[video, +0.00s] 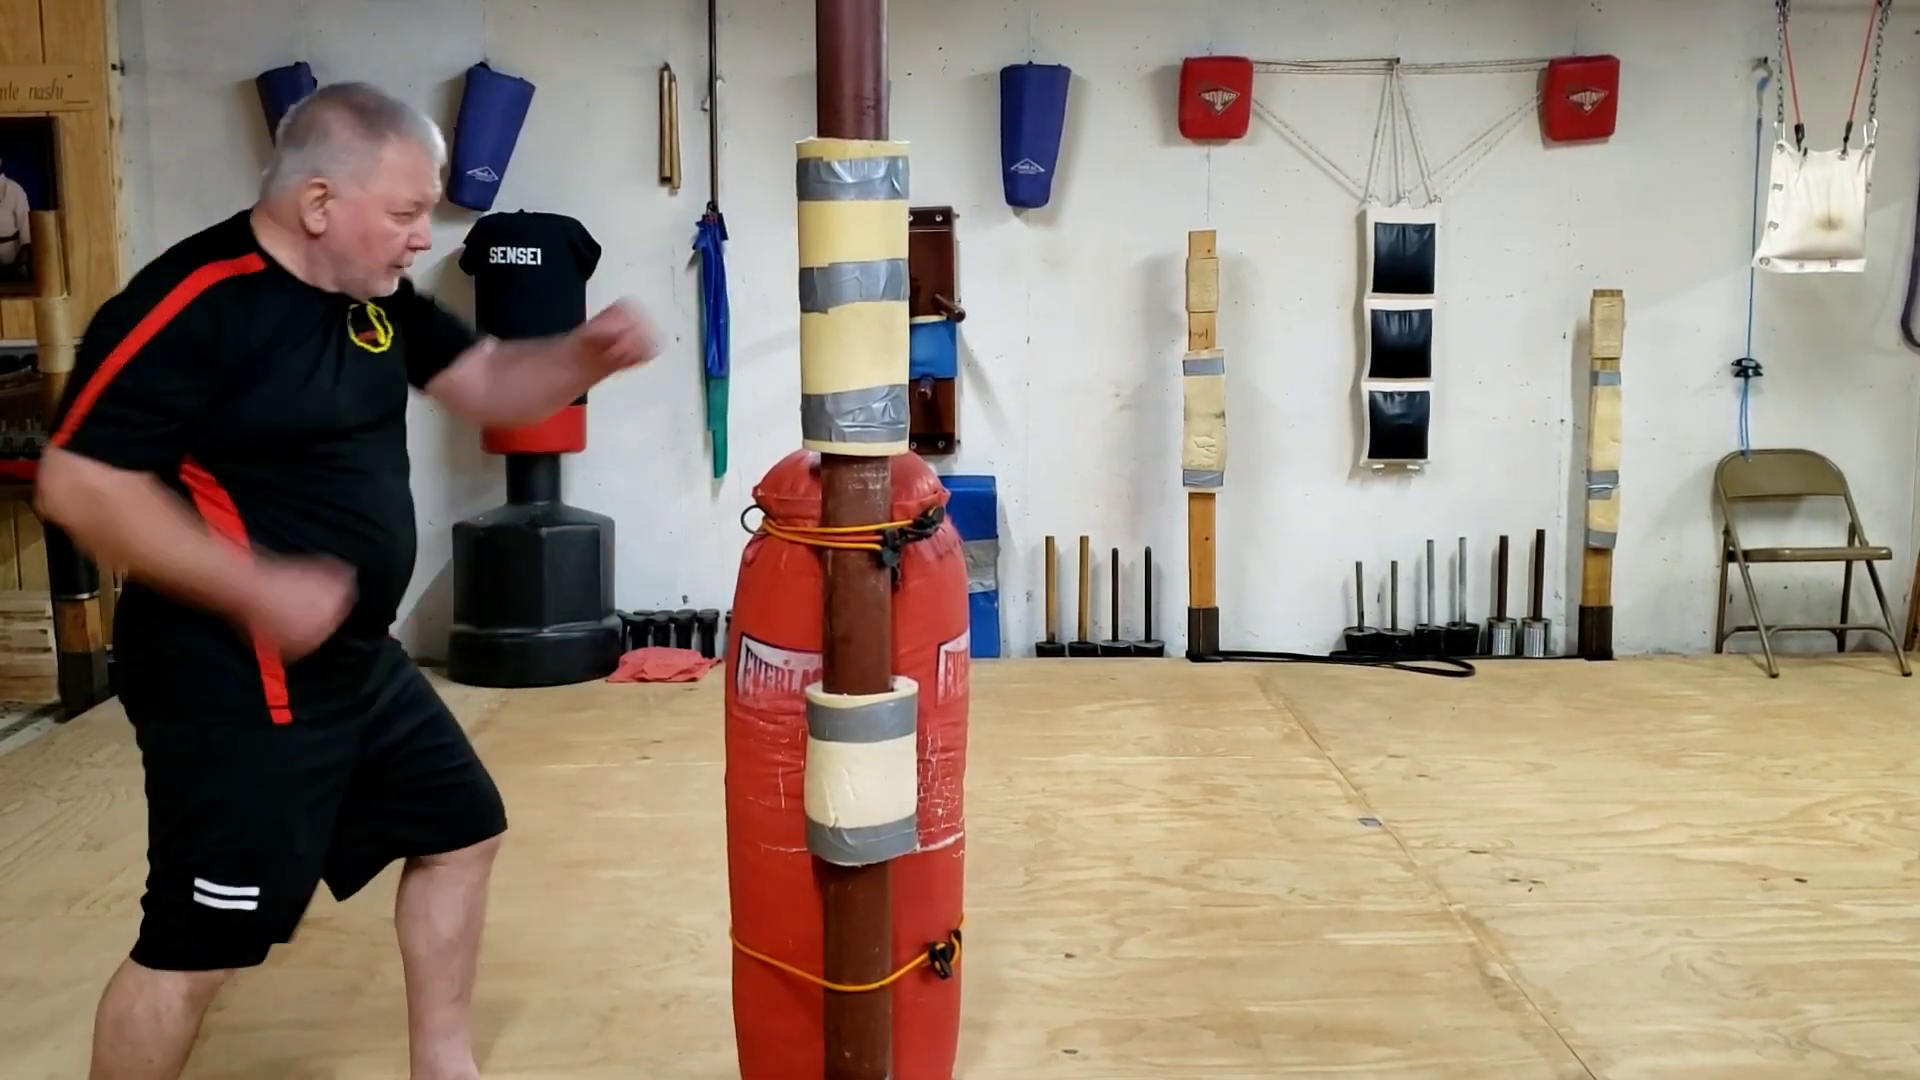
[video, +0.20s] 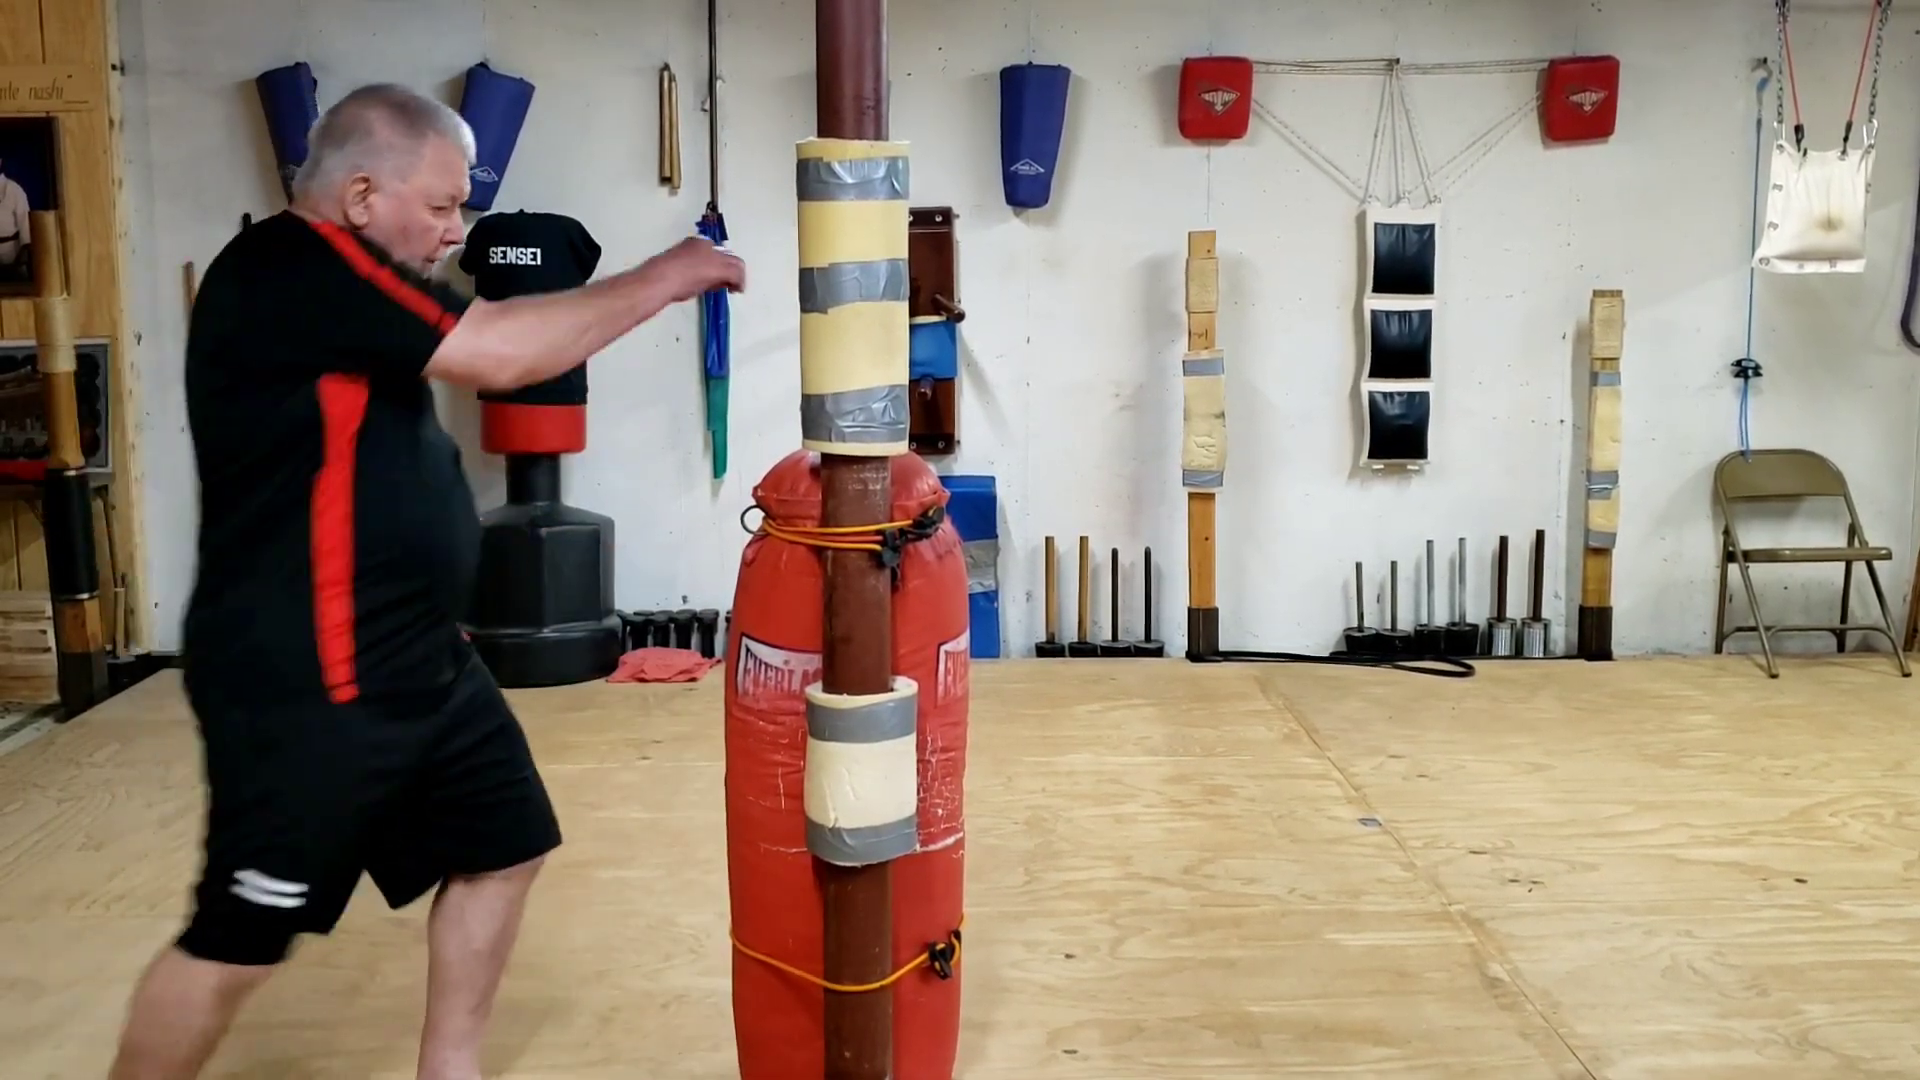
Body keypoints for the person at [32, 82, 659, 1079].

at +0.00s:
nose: (423, 239)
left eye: (427, 216)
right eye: (407, 214)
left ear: (329, 208)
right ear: (320, 207)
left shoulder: (375, 298)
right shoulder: (190, 299)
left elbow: (485, 380)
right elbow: (76, 478)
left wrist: (582, 359)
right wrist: (257, 587)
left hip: (352, 656)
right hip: (219, 681)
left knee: (458, 830)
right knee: (197, 938)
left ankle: (443, 1067)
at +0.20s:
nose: (458, 231)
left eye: (461, 208)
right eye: (444, 206)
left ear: (369, 197)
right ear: (362, 193)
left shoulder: (353, 273)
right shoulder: (289, 268)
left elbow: (490, 338)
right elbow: (493, 351)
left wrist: (652, 286)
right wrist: (665, 279)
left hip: (413, 653)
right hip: (297, 673)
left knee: (505, 845)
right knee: (238, 934)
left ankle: (448, 1069)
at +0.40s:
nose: (462, 205)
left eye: (467, 182)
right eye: (455, 176)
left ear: (369, 159)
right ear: (377, 153)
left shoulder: (318, 243)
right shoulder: (313, 238)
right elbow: (340, 423)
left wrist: (536, 442)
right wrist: (545, 447)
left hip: (356, 590)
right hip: (390, 581)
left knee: (461, 830)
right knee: (640, 697)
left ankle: (447, 1062)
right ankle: (456, 936)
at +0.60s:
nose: (489, 237)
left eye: (494, 215)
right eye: (482, 208)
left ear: (400, 190)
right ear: (408, 184)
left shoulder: (302, 263)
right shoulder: (341, 258)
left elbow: (370, 455)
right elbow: (326, 447)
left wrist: (506, 464)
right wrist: (512, 536)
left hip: (356, 615)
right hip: (405, 597)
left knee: (487, 831)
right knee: (677, 639)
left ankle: (454, 1070)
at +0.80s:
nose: (503, 238)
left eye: (506, 215)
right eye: (493, 210)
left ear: (409, 195)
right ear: (414, 192)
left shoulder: (381, 282)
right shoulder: (330, 264)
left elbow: (368, 473)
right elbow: (413, 442)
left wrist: (478, 550)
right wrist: (587, 407)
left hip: (436, 640)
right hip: (346, 647)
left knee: (504, 852)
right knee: (398, 909)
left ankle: (465, 1074)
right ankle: (176, 1073)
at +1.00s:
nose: (460, 280)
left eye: (465, 254)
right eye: (440, 255)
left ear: (359, 250)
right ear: (351, 248)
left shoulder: (382, 330)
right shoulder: (244, 322)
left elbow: (384, 499)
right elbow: (323, 511)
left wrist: (469, 542)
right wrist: (523, 457)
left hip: (398, 683)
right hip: (263, 708)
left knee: (509, 870)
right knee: (209, 980)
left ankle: (467, 1075)